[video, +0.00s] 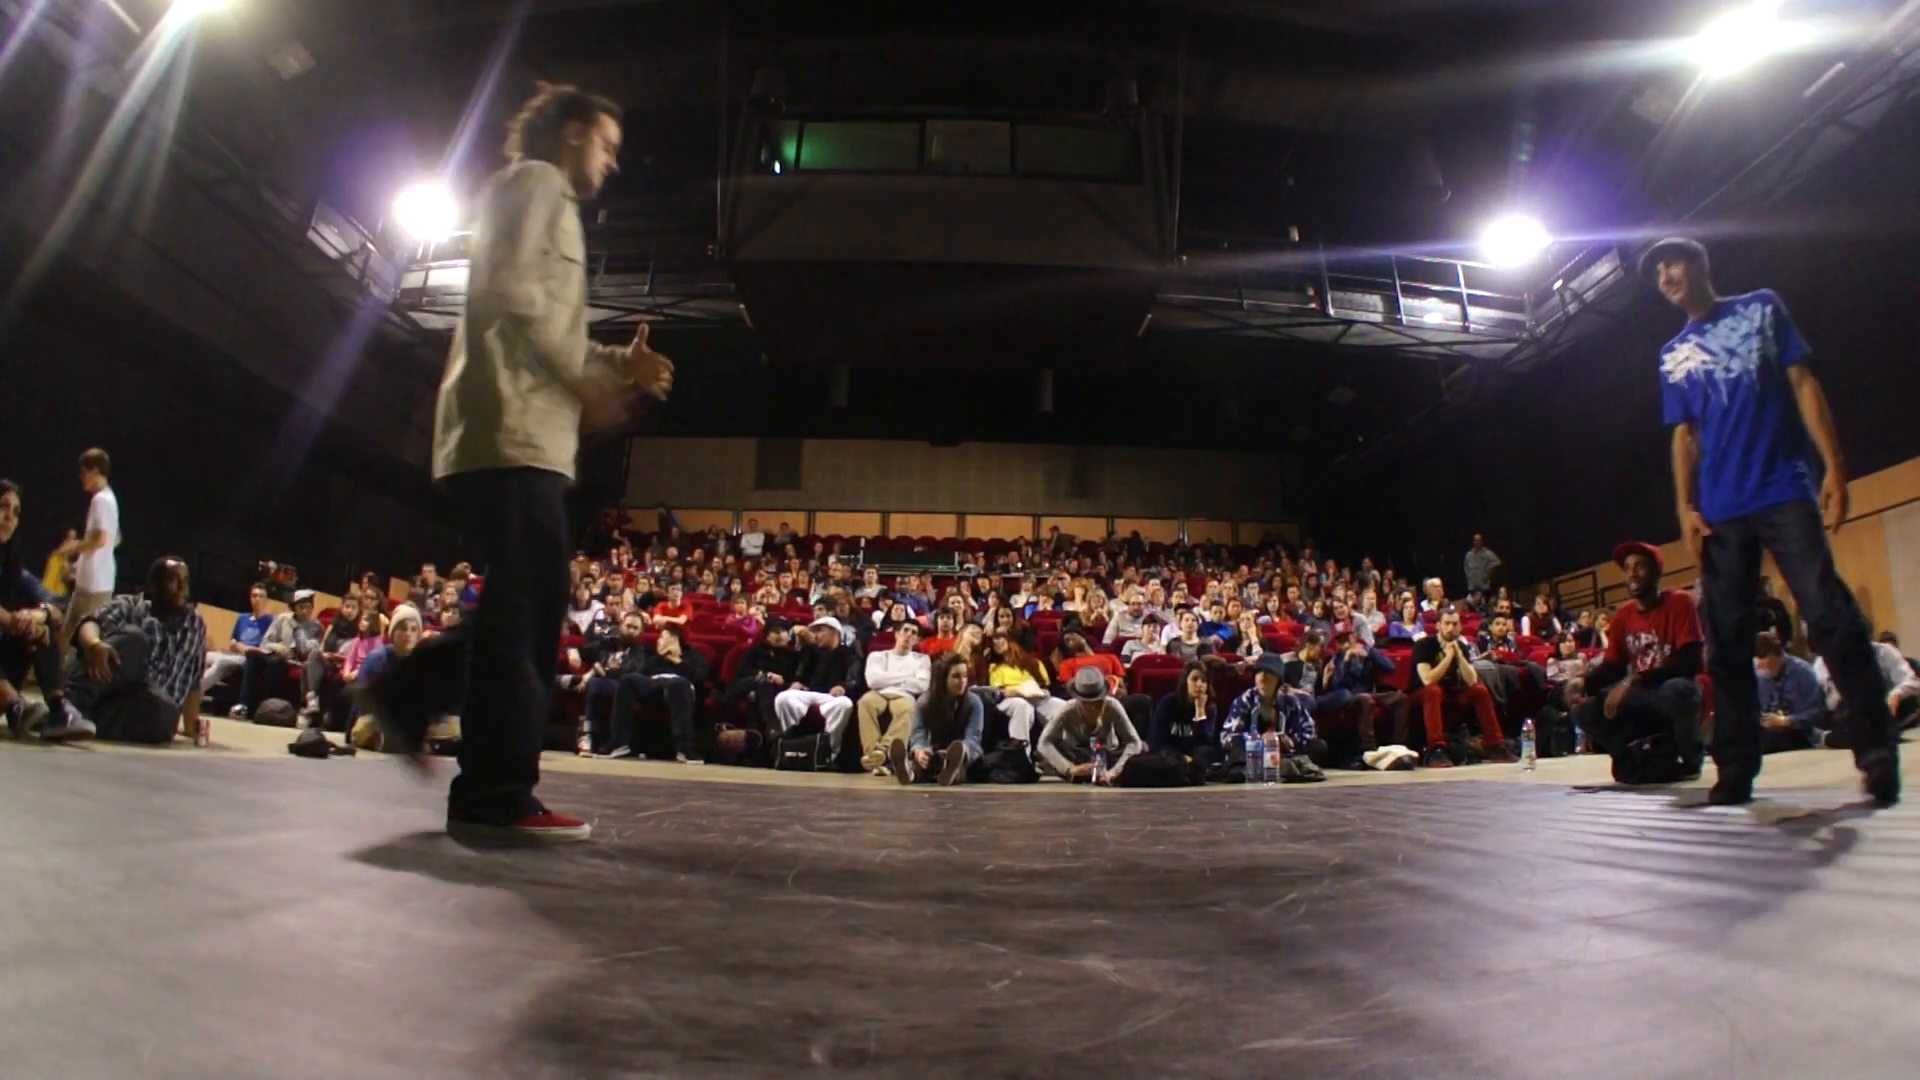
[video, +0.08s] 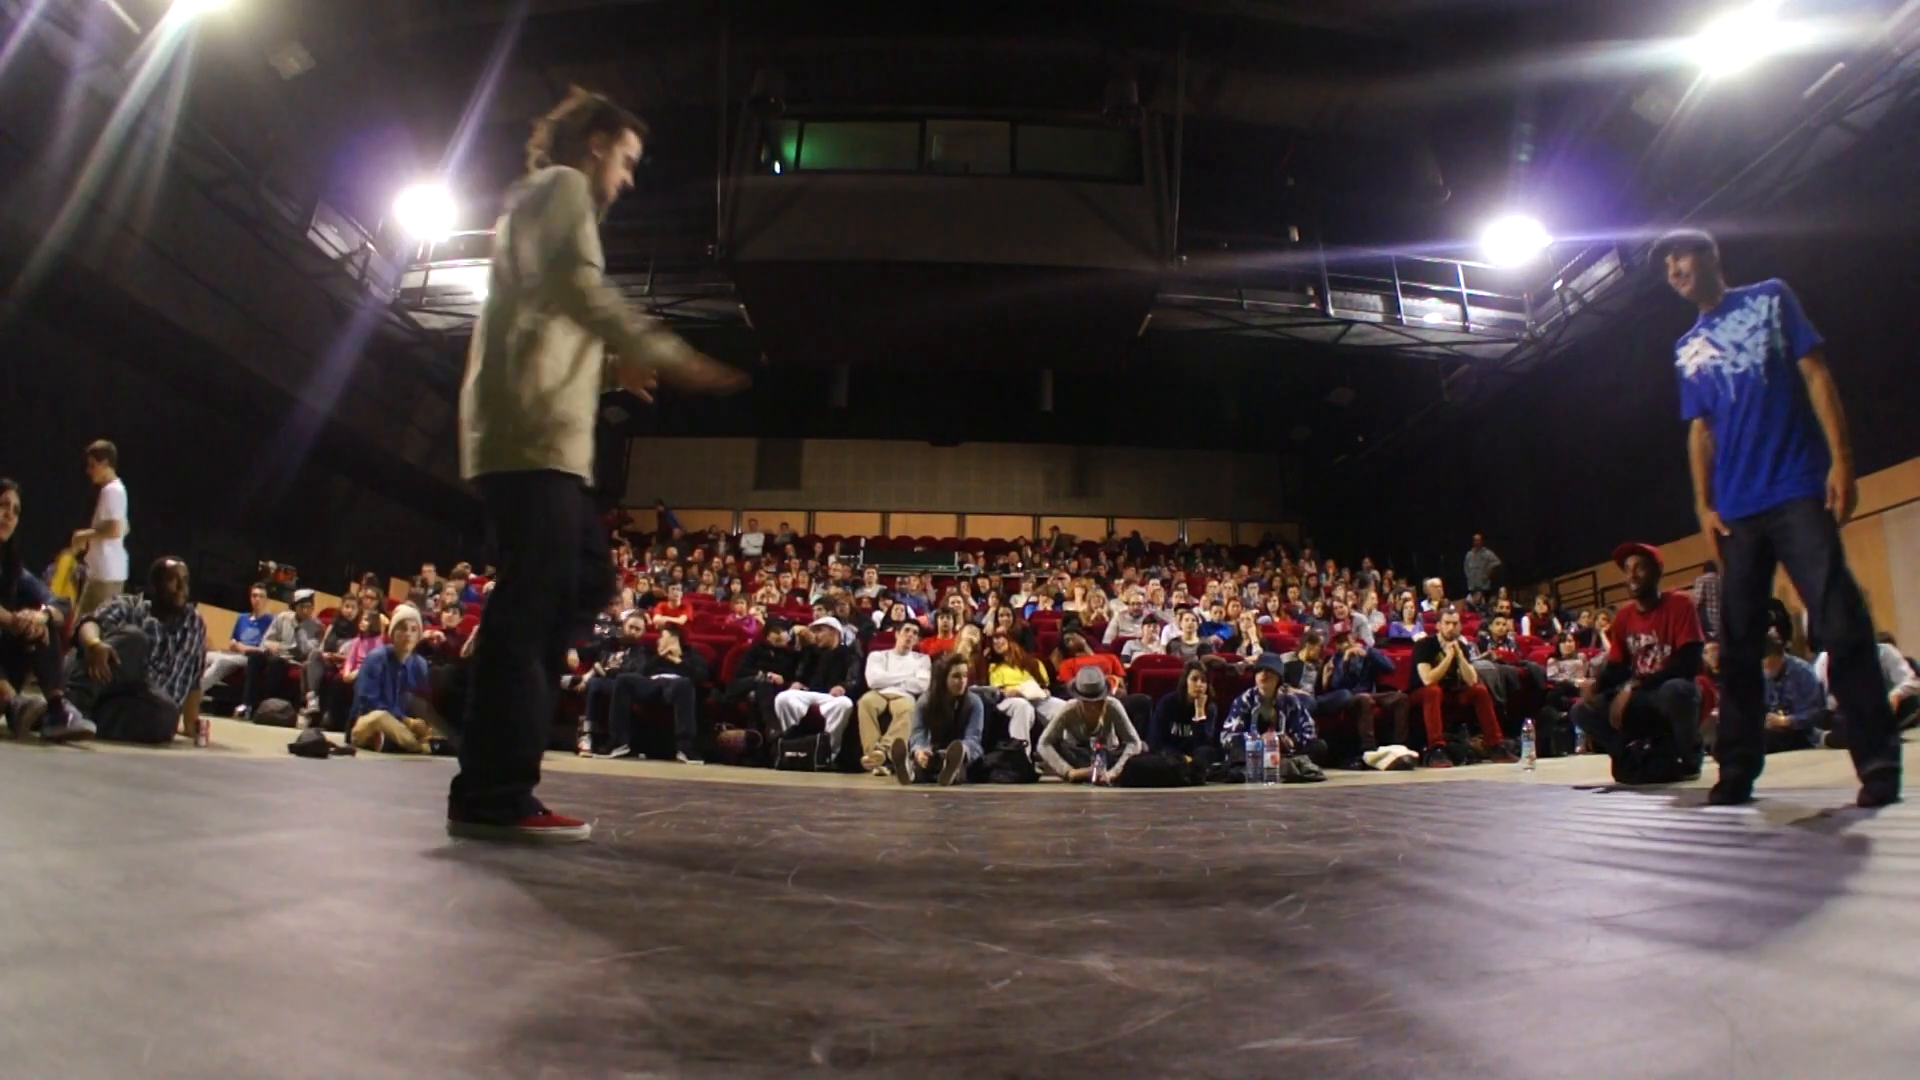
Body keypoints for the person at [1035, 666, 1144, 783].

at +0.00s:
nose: (1092, 707)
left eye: (1097, 702)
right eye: (1086, 703)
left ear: (1104, 696)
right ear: (1077, 699)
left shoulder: (1112, 706)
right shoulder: (1067, 710)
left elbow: (1134, 743)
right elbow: (1043, 744)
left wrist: (1114, 772)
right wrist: (1070, 769)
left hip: (1107, 754)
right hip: (1078, 754)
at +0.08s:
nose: (1093, 707)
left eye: (1098, 702)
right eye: (1086, 702)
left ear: (1105, 696)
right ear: (1078, 698)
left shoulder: (1113, 706)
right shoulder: (1067, 710)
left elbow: (1134, 744)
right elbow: (1043, 746)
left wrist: (1114, 772)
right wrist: (1068, 772)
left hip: (1107, 753)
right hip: (1078, 754)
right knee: (1057, 745)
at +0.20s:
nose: (1094, 707)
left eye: (1099, 702)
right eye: (1088, 702)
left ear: (1106, 696)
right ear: (1079, 698)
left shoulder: (1114, 706)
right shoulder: (1068, 710)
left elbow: (1134, 744)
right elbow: (1044, 746)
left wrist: (1113, 773)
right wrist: (1068, 773)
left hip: (1108, 753)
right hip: (1078, 755)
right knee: (1057, 746)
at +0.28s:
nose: (1094, 707)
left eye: (1099, 702)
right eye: (1088, 702)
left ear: (1106, 696)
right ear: (1079, 698)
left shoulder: (1114, 706)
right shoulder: (1068, 710)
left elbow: (1134, 744)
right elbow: (1044, 746)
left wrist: (1113, 773)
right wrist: (1069, 773)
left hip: (1107, 754)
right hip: (1077, 755)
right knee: (1058, 747)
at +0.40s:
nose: (1094, 707)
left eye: (1099, 702)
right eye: (1088, 702)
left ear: (1106, 696)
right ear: (1080, 698)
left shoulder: (1114, 706)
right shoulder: (1068, 710)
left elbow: (1134, 744)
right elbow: (1044, 746)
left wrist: (1113, 773)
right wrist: (1069, 773)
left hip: (1108, 754)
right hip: (1078, 755)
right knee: (1057, 745)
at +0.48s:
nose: (1094, 707)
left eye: (1099, 701)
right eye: (1088, 702)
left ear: (1106, 696)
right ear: (1080, 698)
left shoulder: (1114, 706)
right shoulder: (1067, 710)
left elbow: (1134, 743)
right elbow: (1045, 746)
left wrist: (1113, 773)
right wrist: (1070, 774)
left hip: (1108, 754)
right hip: (1078, 755)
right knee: (1057, 746)